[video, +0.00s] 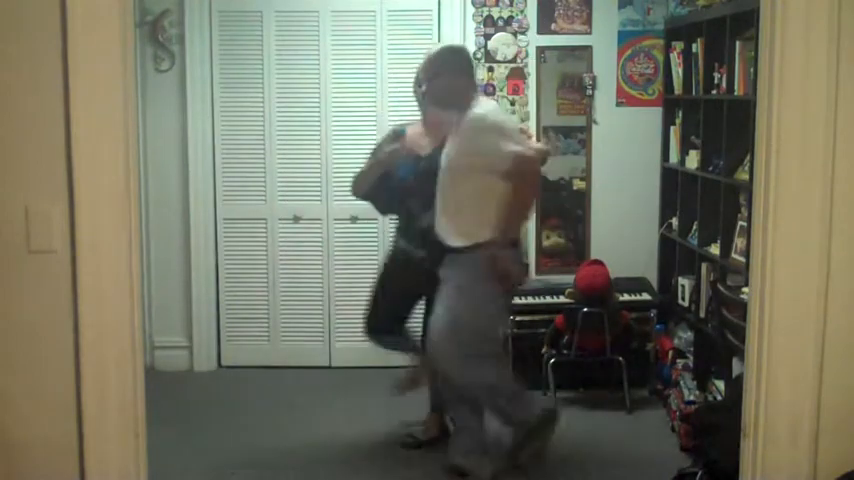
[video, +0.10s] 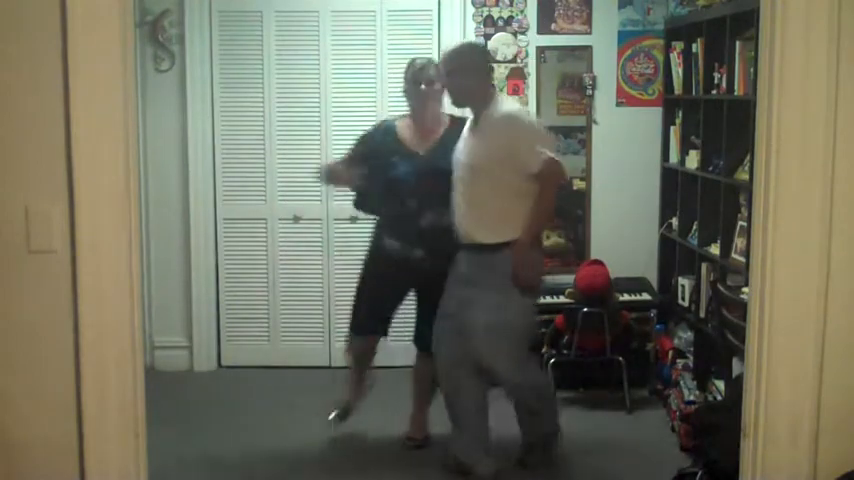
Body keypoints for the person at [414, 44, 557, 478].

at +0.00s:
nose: (425, 95)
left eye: (429, 85)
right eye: (423, 87)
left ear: (452, 82)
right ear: (456, 84)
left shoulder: (482, 123)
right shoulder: (463, 127)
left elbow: (528, 167)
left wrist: (505, 241)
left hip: (483, 258)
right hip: (462, 258)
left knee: (450, 350)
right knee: (455, 353)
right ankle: (473, 452)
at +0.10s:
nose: (447, 84)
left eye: (453, 75)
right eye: (446, 76)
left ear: (482, 74)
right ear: (458, 80)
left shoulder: (513, 122)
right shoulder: (471, 127)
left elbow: (554, 174)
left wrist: (529, 242)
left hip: (506, 258)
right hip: (468, 258)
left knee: (506, 355)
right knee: (453, 356)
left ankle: (542, 437)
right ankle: (469, 455)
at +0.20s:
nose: (463, 88)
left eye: (471, 79)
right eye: (462, 80)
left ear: (500, 80)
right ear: (470, 84)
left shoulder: (540, 127)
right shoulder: (476, 128)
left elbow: (568, 189)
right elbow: (474, 188)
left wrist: (542, 256)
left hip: (534, 262)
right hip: (486, 260)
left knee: (533, 360)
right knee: (456, 339)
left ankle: (544, 444)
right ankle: (481, 436)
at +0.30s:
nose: (477, 90)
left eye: (485, 81)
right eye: (476, 81)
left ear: (516, 81)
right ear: (481, 86)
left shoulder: (555, 130)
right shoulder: (481, 136)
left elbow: (583, 194)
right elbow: (436, 168)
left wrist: (556, 260)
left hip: (553, 264)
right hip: (504, 260)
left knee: (533, 348)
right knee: (473, 333)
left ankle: (547, 437)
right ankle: (510, 401)